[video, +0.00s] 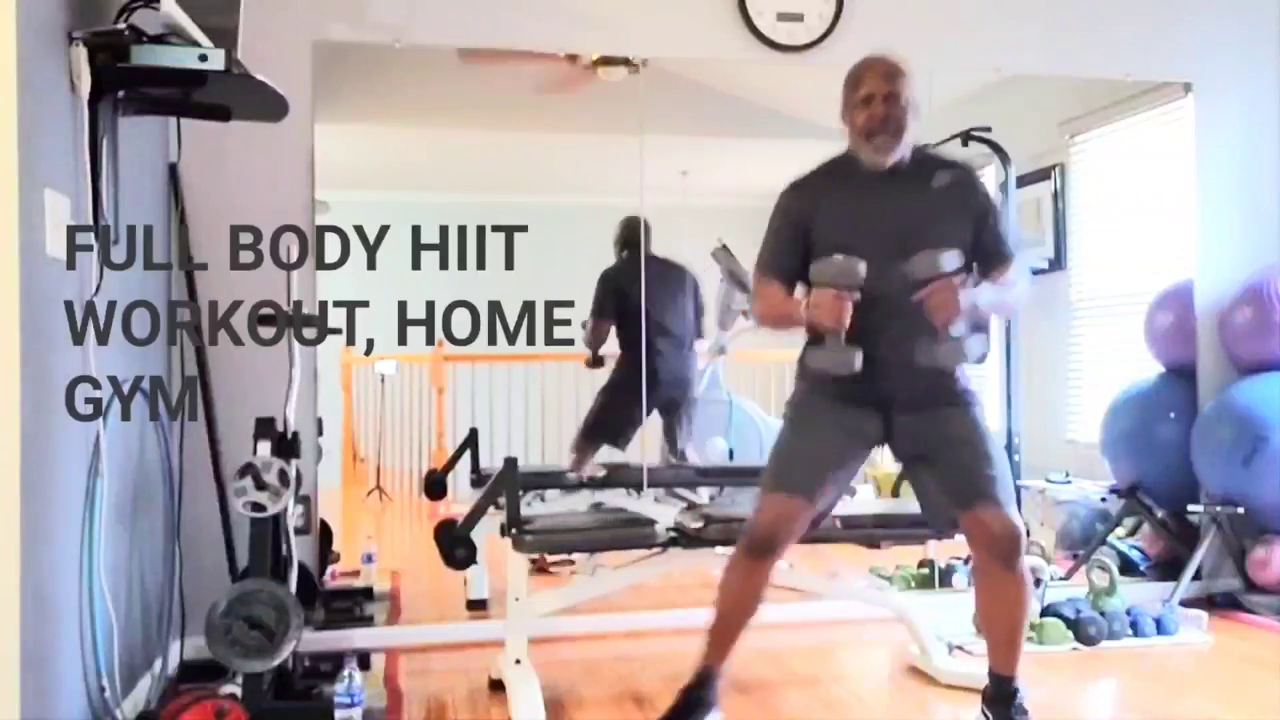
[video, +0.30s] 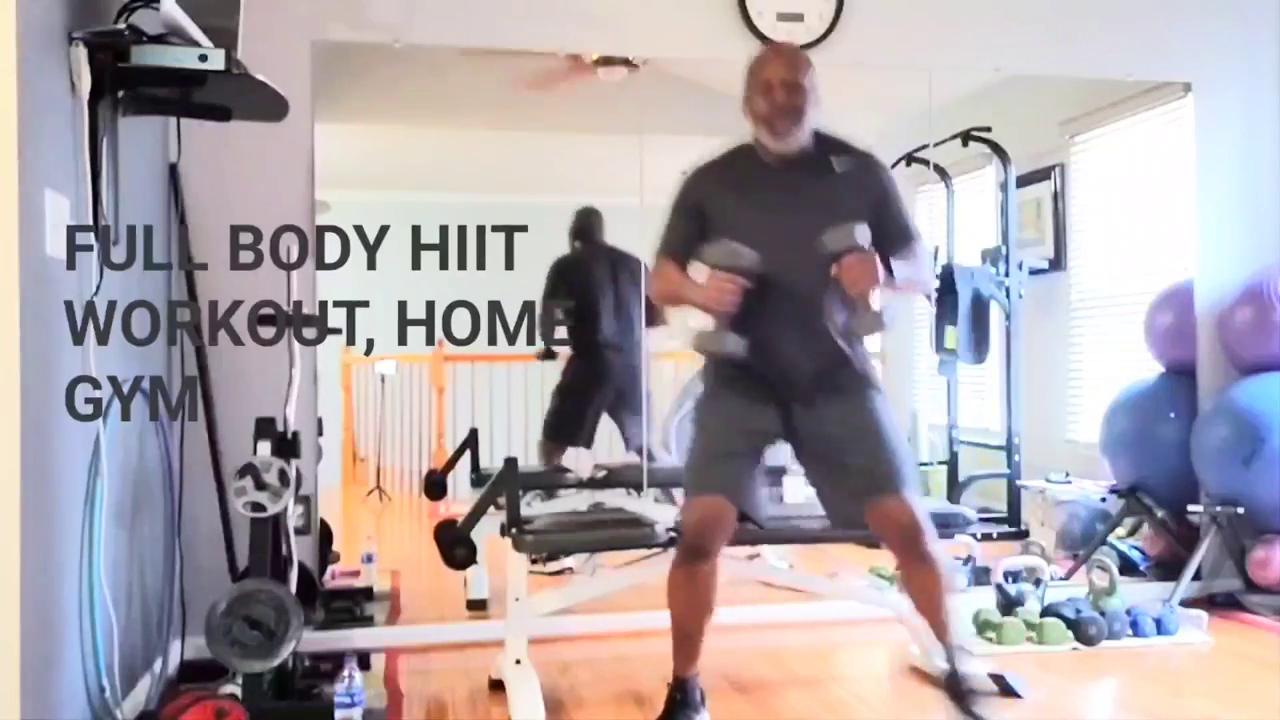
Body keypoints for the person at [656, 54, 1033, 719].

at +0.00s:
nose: (879, 110)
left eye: (892, 99)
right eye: (865, 101)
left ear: (915, 109)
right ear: (844, 115)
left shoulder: (959, 188)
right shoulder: (808, 196)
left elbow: (1010, 287)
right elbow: (765, 301)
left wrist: (970, 298)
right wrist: (806, 307)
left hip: (935, 397)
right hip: (836, 394)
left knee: (1001, 536)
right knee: (764, 535)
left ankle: (1004, 696)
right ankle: (704, 683)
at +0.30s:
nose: (780, 99)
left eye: (793, 87)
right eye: (767, 88)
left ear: (814, 95)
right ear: (747, 97)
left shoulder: (860, 174)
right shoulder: (711, 183)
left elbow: (917, 270)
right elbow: (661, 280)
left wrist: (881, 275)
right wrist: (698, 290)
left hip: (837, 380)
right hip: (740, 380)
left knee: (904, 526)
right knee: (700, 533)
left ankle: (955, 663)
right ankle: (684, 687)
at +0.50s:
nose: (740, 63)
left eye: (753, 52)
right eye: (726, 52)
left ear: (777, 60)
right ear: (707, 63)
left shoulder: (826, 129)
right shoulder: (680, 138)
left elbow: (875, 196)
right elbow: (638, 214)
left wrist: (880, 236)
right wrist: (628, 254)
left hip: (785, 356)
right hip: (696, 353)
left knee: (792, 532)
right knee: (677, 523)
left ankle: (776, 663)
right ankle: (678, 685)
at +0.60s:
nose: (727, 86)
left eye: (741, 74)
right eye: (714, 74)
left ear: (766, 83)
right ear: (696, 85)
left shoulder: (817, 146)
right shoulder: (671, 157)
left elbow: (874, 195)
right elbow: (617, 225)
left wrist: (881, 243)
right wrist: (614, 266)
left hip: (771, 373)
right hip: (679, 368)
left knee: (763, 549)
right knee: (659, 534)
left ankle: (762, 672)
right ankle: (676, 688)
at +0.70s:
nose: (721, 73)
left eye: (734, 62)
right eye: (708, 63)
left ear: (761, 72)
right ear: (691, 75)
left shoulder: (813, 138)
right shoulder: (666, 151)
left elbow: (875, 192)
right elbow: (607, 215)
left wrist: (866, 235)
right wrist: (610, 259)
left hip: (780, 369)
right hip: (685, 369)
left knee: (805, 533)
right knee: (667, 526)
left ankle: (792, 660)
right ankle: (675, 687)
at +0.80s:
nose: (721, 62)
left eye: (735, 51)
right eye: (709, 51)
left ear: (762, 60)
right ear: (693, 62)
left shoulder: (815, 125)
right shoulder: (666, 140)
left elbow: (874, 209)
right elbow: (608, 223)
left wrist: (847, 242)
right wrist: (624, 260)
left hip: (795, 352)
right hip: (700, 358)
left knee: (843, 513)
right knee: (679, 523)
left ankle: (862, 668)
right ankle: (679, 682)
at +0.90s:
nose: (730, 74)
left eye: (744, 62)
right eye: (718, 62)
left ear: (770, 67)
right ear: (700, 69)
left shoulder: (821, 140)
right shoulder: (672, 152)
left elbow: (873, 235)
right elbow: (617, 243)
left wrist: (841, 257)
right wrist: (641, 269)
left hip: (805, 365)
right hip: (709, 369)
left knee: (866, 523)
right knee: (679, 528)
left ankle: (923, 676)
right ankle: (679, 687)